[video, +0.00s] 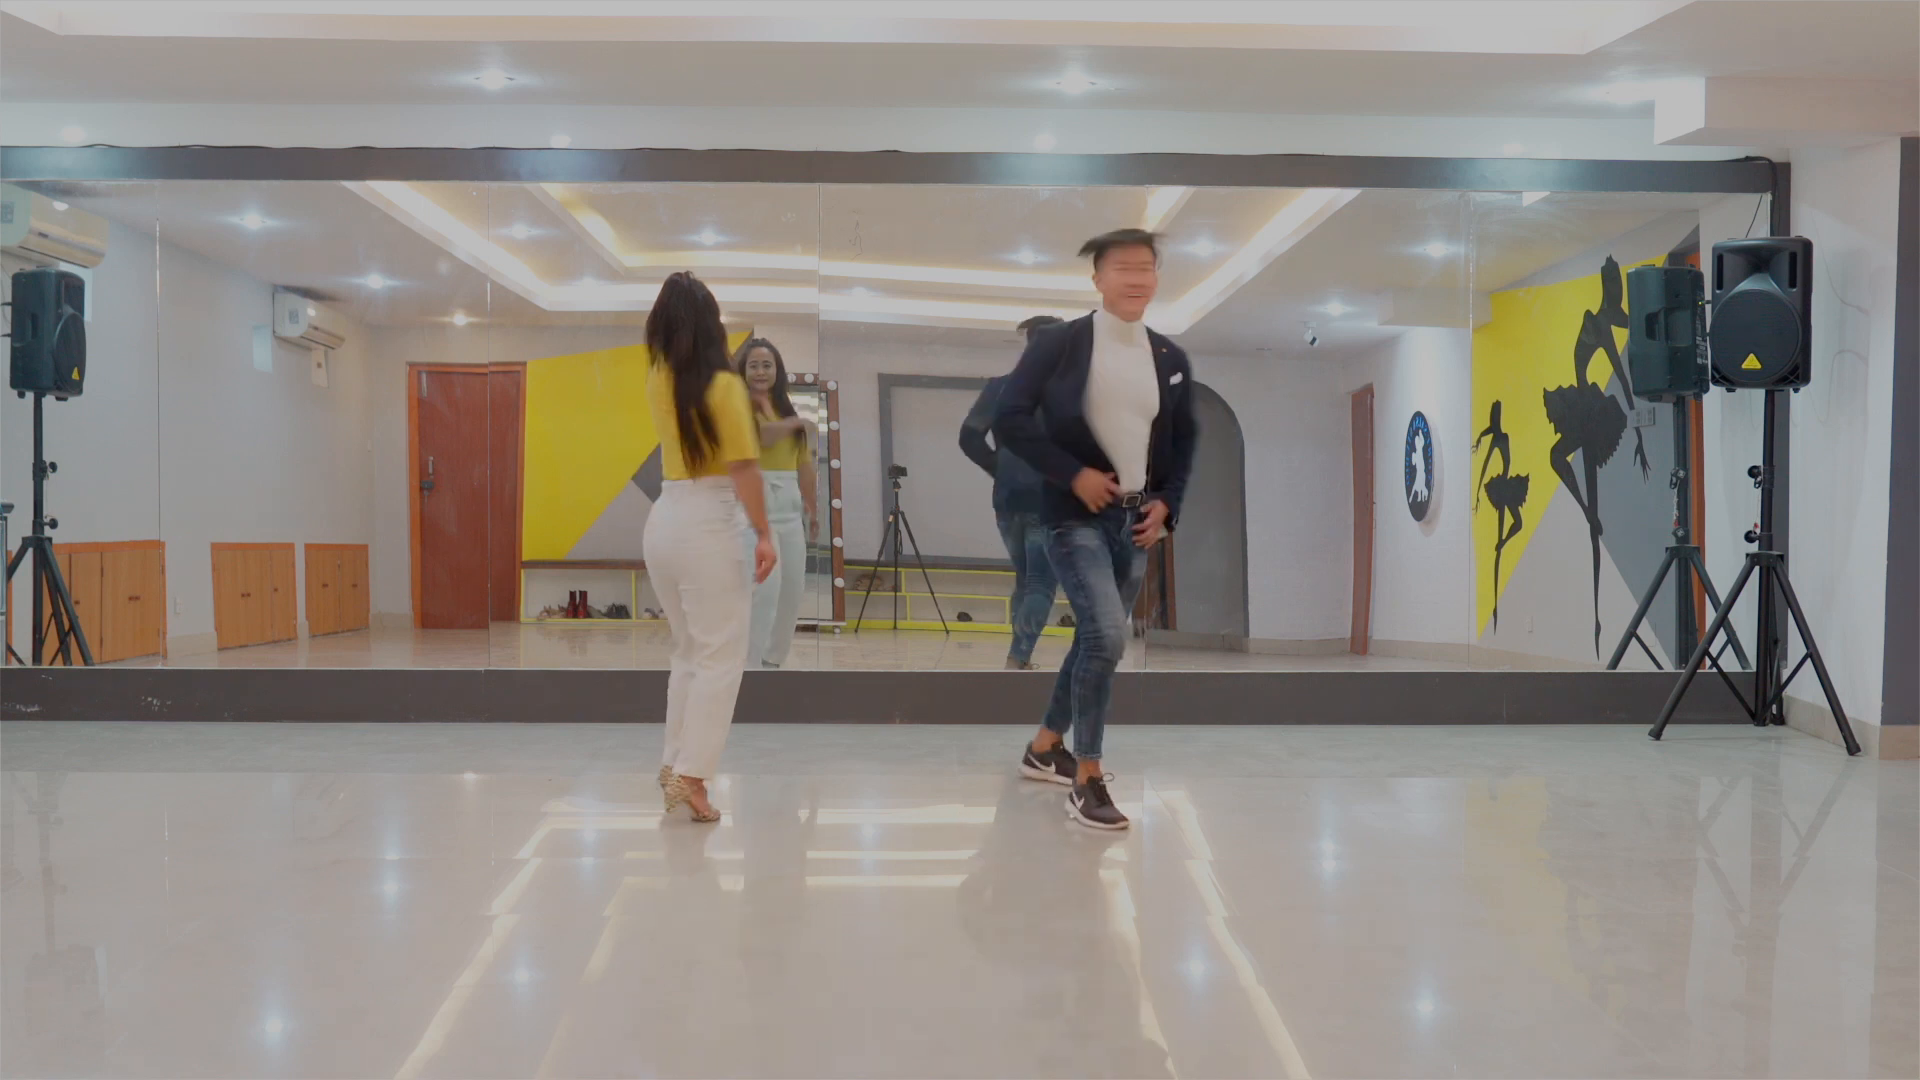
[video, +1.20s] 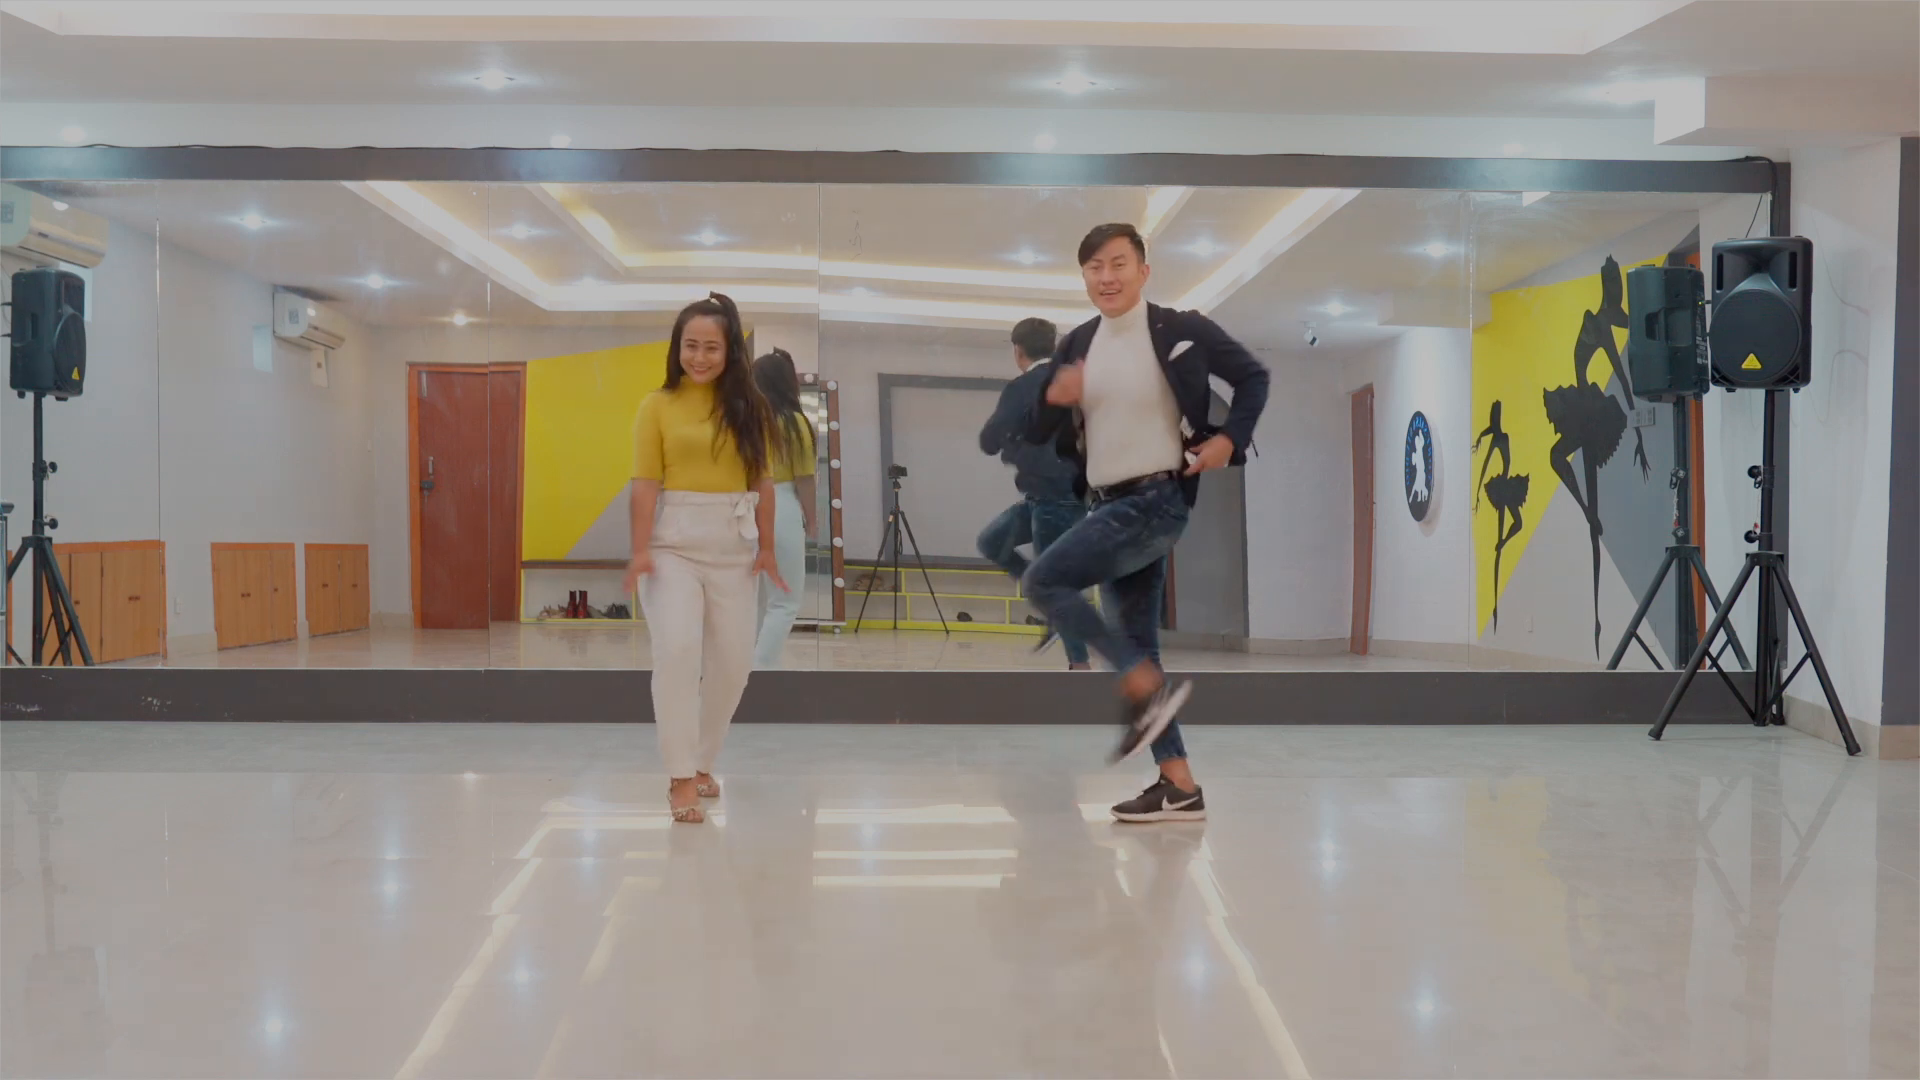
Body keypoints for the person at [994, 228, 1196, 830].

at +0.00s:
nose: (1135, 279)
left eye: (1144, 268)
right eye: (1122, 268)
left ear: (1157, 278)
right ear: (1097, 276)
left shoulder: (1170, 359)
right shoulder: (1057, 344)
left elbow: (1181, 438)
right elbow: (1010, 418)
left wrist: (1166, 499)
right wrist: (1072, 474)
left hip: (1135, 518)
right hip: (1074, 515)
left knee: (1097, 637)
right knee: (1107, 637)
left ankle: (1046, 743)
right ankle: (1088, 774)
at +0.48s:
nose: (1120, 293)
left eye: (1133, 281)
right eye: (1110, 283)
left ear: (1157, 288)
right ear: (1098, 291)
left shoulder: (1185, 355)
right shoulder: (1072, 353)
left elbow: (1206, 433)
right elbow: (991, 405)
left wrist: (1143, 431)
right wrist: (1019, 487)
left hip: (1149, 525)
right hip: (1082, 520)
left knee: (1116, 648)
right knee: (1111, 644)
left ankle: (1050, 741)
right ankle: (1146, 771)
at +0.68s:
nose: (1115, 296)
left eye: (1127, 284)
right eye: (1104, 287)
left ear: (1153, 291)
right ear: (1093, 296)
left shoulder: (1184, 359)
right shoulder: (1071, 357)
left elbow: (1152, 436)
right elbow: (1036, 436)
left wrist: (1059, 439)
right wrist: (1025, 506)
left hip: (1165, 529)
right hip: (1095, 524)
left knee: (1133, 656)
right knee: (1119, 653)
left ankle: (1071, 730)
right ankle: (1155, 775)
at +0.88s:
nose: (1109, 286)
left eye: (1121, 274)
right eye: (1098, 276)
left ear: (1147, 281)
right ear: (1087, 288)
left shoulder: (1170, 348)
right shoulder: (1082, 352)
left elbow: (1162, 444)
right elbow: (1080, 425)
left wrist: (1101, 515)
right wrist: (1059, 467)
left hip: (1170, 521)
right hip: (1102, 519)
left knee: (1163, 667)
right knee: (1122, 652)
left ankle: (1122, 724)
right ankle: (1155, 775)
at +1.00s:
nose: (1105, 279)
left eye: (1118, 266)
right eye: (1094, 269)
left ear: (1144, 274)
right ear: (1083, 280)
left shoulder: (1168, 345)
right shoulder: (1079, 345)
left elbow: (1221, 425)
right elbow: (1077, 418)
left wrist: (1171, 491)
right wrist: (1063, 437)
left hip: (1164, 515)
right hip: (1100, 514)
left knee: (1158, 636)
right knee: (1119, 647)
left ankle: (1184, 683)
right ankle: (1155, 776)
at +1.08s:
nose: (1105, 275)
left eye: (1117, 262)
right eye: (1094, 265)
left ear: (1143, 270)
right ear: (1083, 275)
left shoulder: (1174, 337)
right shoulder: (1080, 341)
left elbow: (1250, 391)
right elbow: (1074, 406)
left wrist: (1213, 465)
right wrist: (1050, 404)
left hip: (1160, 502)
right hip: (1102, 507)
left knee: (1107, 598)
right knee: (1123, 644)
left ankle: (1201, 648)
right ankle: (1166, 777)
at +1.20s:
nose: (1107, 276)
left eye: (1118, 264)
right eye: (1095, 267)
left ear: (1144, 270)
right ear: (1083, 277)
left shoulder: (1182, 329)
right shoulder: (1078, 343)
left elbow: (1253, 379)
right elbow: (1034, 427)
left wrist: (1229, 438)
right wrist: (1050, 396)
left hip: (1157, 497)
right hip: (1108, 503)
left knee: (1043, 582)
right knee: (1136, 650)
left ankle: (1144, 682)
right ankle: (1179, 783)